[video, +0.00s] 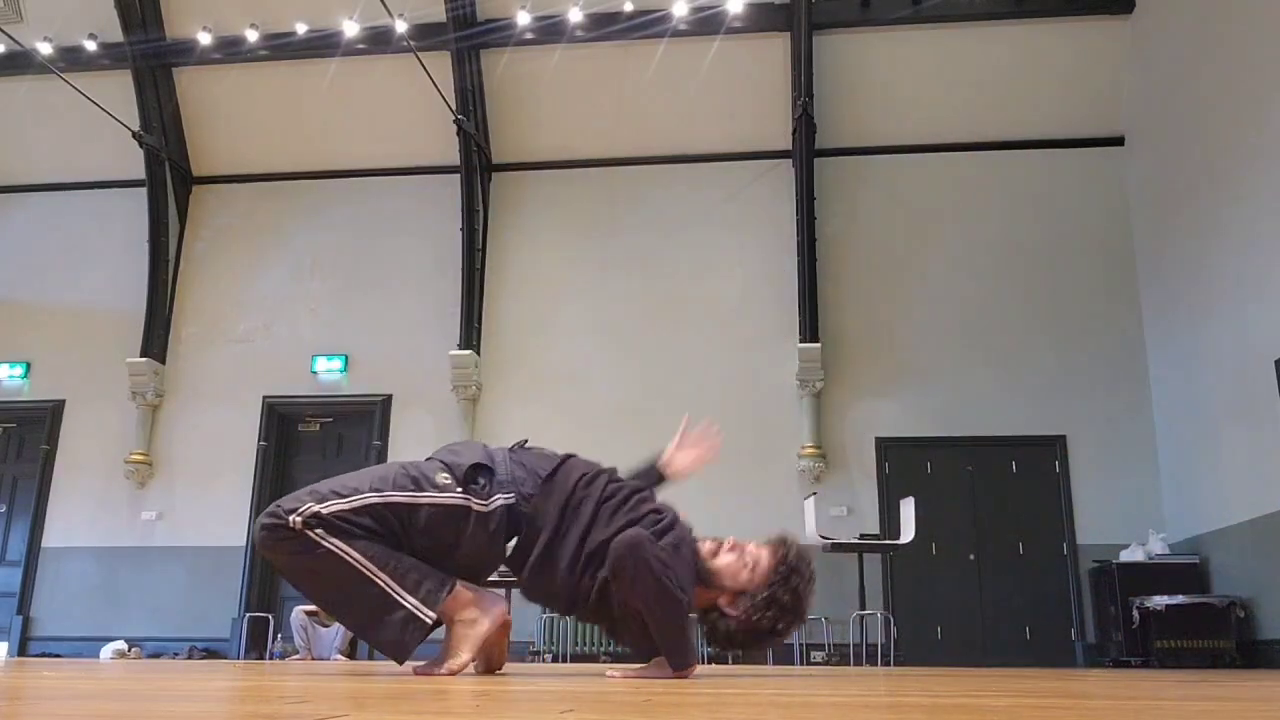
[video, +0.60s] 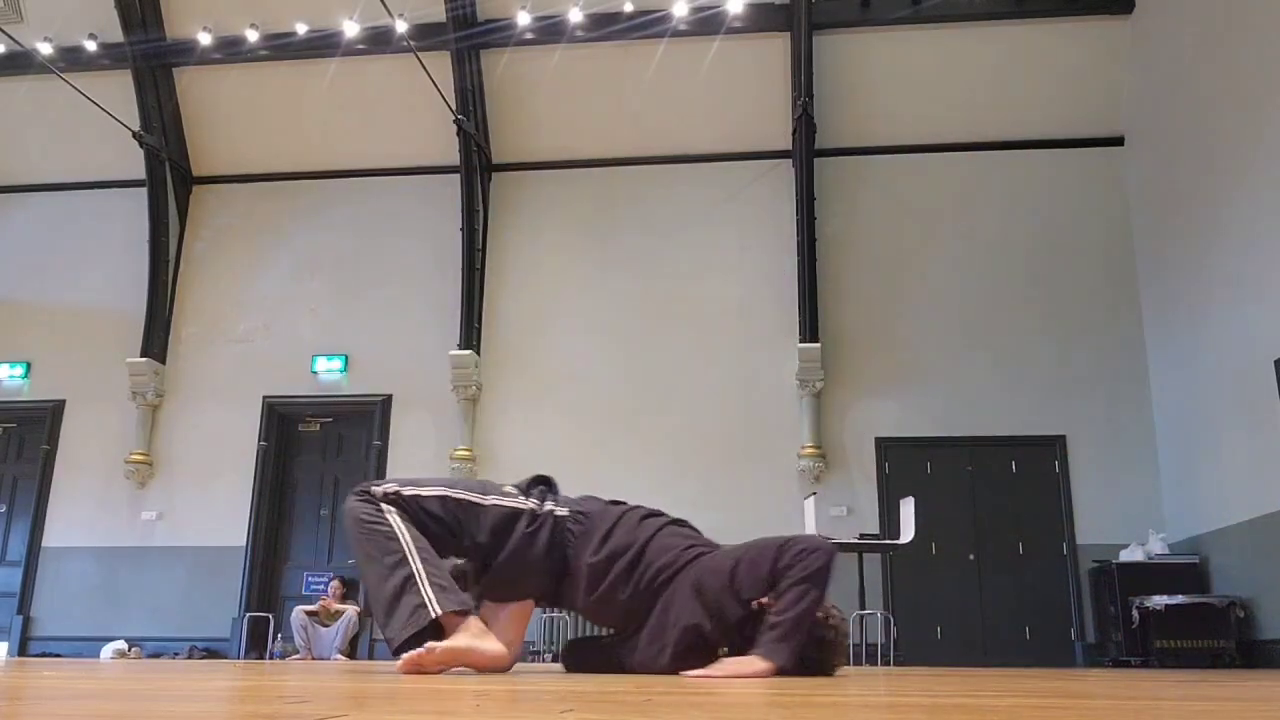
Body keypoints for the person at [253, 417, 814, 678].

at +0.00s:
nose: (735, 543)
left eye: (748, 560)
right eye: (749, 543)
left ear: (732, 605)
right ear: (734, 541)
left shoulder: (667, 560)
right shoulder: (668, 557)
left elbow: (632, 549)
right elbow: (611, 513)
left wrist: (676, 663)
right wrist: (660, 470)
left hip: (490, 500)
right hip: (485, 499)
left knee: (288, 525)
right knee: (294, 522)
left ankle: (463, 611)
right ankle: (476, 612)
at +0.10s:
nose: (722, 555)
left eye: (733, 568)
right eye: (737, 558)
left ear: (724, 611)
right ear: (715, 621)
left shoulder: (673, 571)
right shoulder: (651, 631)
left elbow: (659, 546)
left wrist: (670, 671)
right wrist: (646, 662)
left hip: (491, 504)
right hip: (484, 501)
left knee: (289, 524)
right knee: (291, 523)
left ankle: (461, 609)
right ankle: (473, 609)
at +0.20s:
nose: (728, 580)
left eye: (737, 596)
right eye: (742, 588)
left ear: (726, 621)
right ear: (728, 631)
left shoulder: (678, 619)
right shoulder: (641, 641)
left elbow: (688, 534)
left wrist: (690, 657)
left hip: (495, 511)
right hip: (489, 500)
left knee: (293, 515)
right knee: (294, 514)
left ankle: (459, 610)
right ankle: (472, 615)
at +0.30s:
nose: (737, 596)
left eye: (740, 603)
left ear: (736, 609)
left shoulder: (692, 596)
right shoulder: (631, 648)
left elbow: (718, 532)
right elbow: (520, 645)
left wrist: (700, 657)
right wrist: (370, 602)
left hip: (508, 520)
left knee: (305, 504)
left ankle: (459, 609)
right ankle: (480, 628)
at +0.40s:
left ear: (750, 619)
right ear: (770, 667)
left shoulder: (706, 592)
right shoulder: (648, 654)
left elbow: (755, 544)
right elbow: (543, 654)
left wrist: (713, 656)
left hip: (528, 530)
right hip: (524, 559)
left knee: (327, 499)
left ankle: (463, 615)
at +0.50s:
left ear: (764, 628)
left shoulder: (715, 592)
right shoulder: (656, 652)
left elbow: (789, 556)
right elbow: (558, 656)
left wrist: (737, 657)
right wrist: (647, 666)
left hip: (544, 534)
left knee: (351, 497)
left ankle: (468, 624)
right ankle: (494, 623)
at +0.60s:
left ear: (776, 612)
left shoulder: (729, 581)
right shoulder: (675, 648)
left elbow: (814, 551)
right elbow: (578, 656)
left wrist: (768, 656)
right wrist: (676, 665)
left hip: (562, 537)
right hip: (564, 571)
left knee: (373, 499)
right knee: (529, 491)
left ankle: (461, 626)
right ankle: (494, 639)